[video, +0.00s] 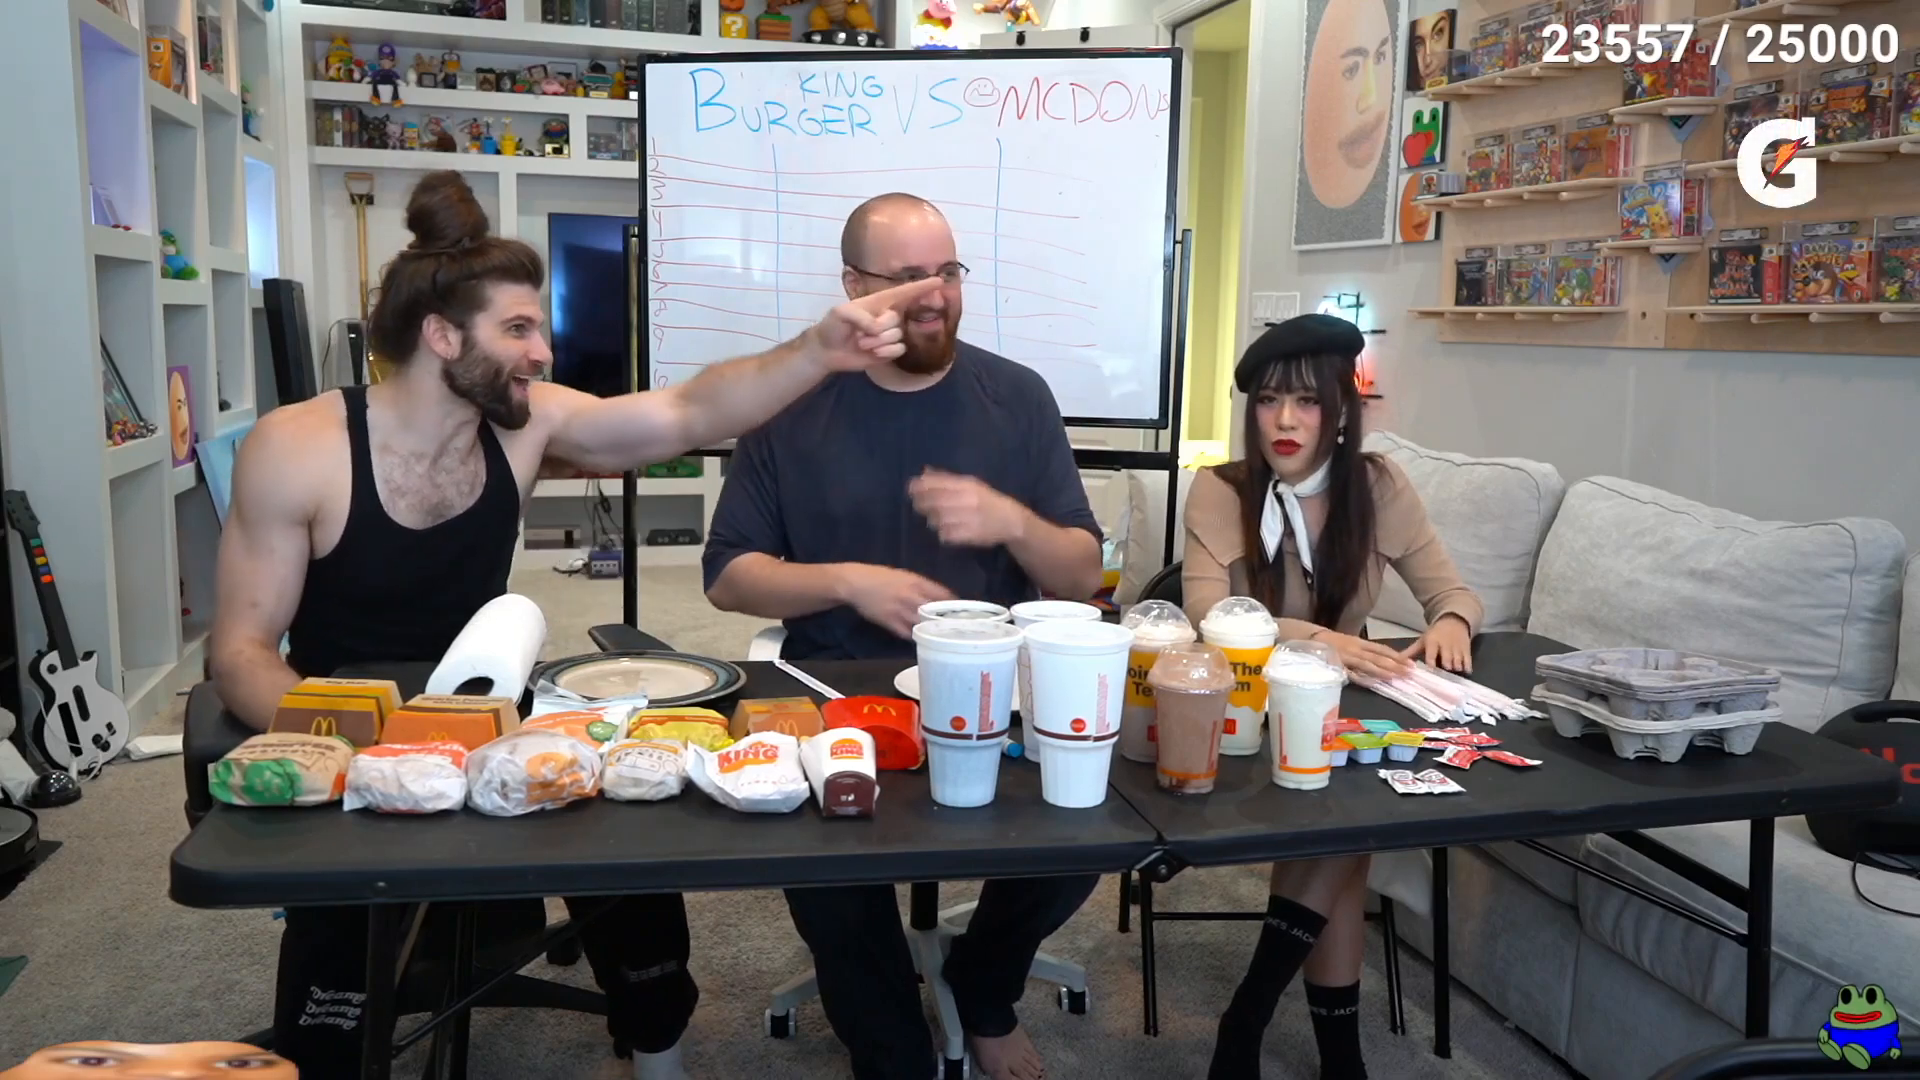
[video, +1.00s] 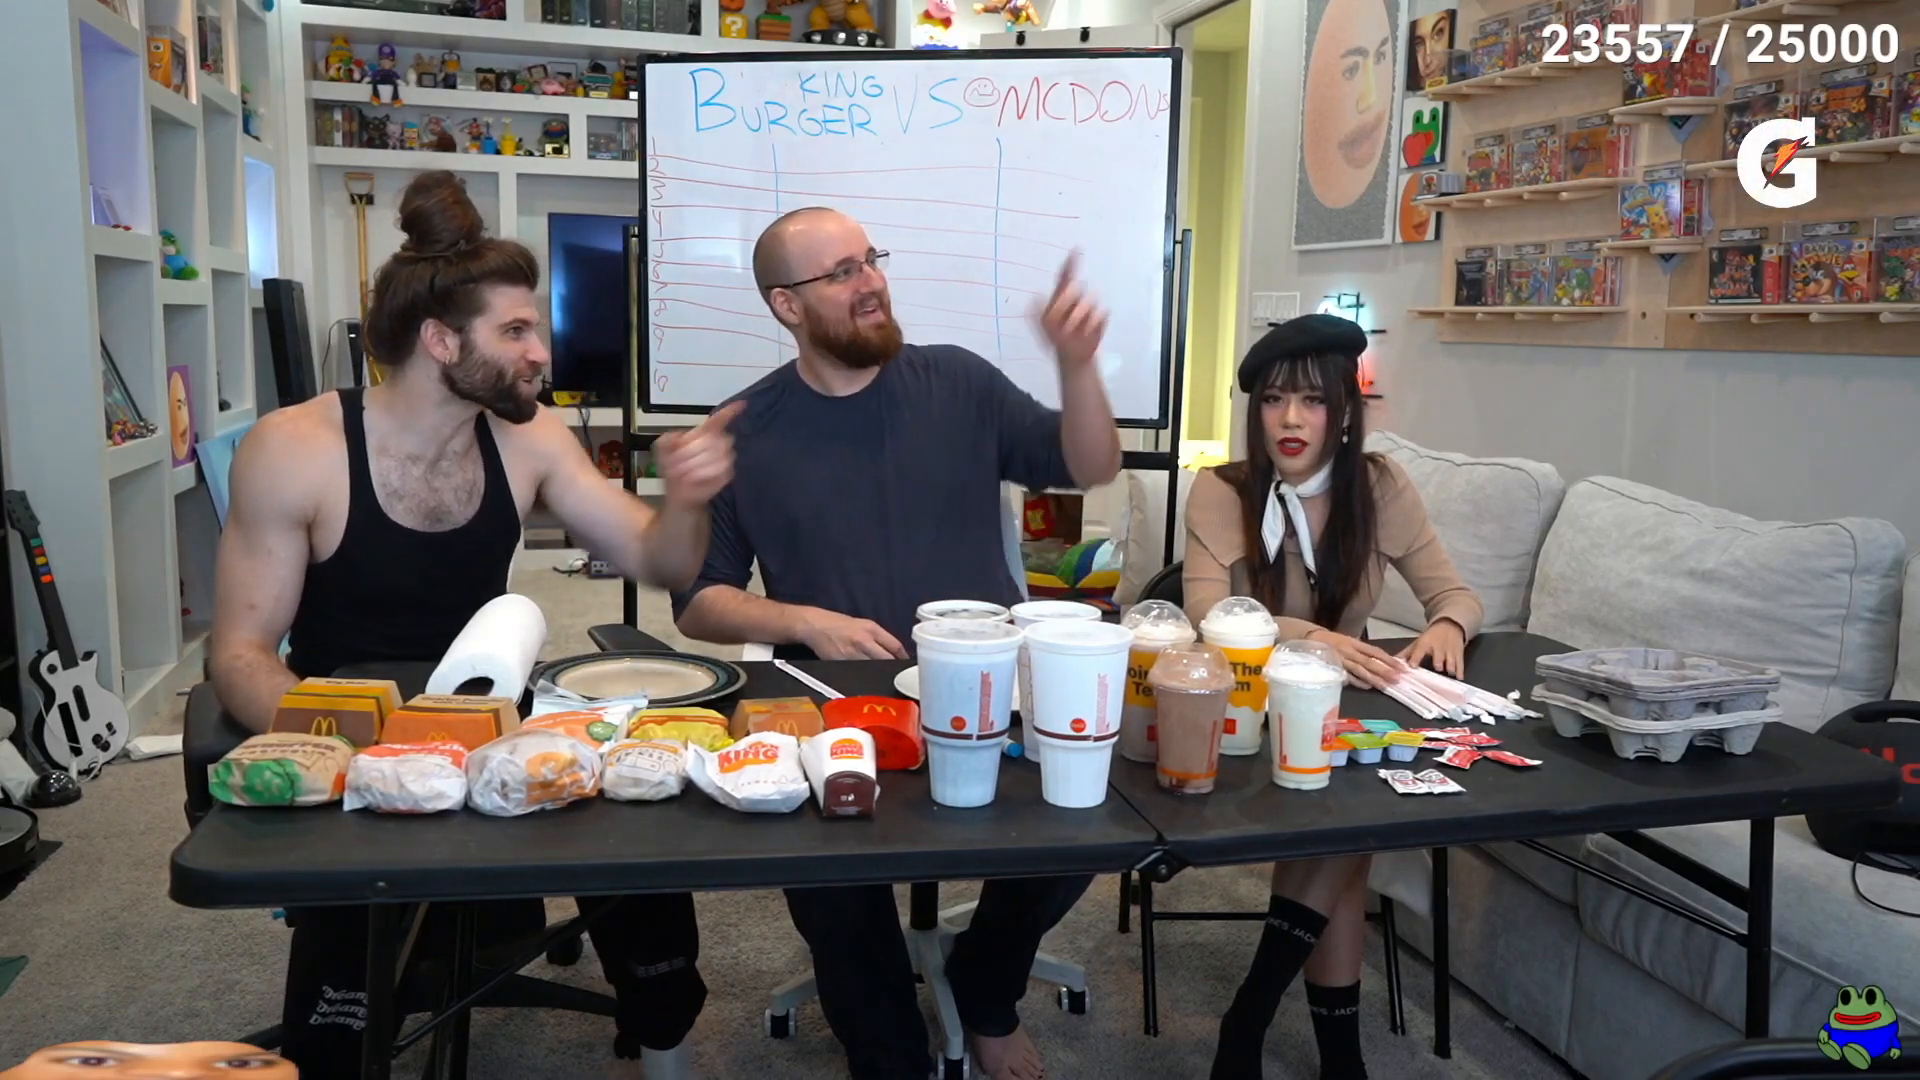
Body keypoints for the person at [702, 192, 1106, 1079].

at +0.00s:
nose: (935, 294)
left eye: (947, 272)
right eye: (908, 277)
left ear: (964, 276)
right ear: (853, 289)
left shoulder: (1015, 395)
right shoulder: (790, 408)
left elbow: (1083, 575)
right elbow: (727, 575)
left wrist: (1014, 522)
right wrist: (848, 580)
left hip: (998, 681)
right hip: (839, 688)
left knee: (1077, 834)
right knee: (823, 857)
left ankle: (980, 988)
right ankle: (899, 1061)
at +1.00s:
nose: (873, 282)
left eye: (872, 261)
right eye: (843, 273)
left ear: (884, 267)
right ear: (786, 306)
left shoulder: (958, 380)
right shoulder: (741, 432)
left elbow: (1092, 464)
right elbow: (698, 602)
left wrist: (1078, 367)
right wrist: (805, 623)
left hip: (982, 689)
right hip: (833, 702)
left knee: (1071, 826)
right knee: (820, 861)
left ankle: (982, 991)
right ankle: (895, 1062)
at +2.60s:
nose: (787, 392)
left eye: (810, 363)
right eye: (762, 367)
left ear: (860, 336)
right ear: (739, 347)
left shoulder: (970, 393)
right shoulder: (732, 393)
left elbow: (1098, 436)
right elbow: (759, 481)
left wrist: (1083, 609)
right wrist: (787, 587)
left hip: (952, 677)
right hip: (812, 665)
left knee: (875, 839)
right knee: (757, 825)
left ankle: (900, 1046)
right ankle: (836, 1022)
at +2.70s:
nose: (772, 418)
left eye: (794, 389)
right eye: (745, 395)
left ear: (846, 343)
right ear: (720, 365)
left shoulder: (967, 381)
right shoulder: (719, 391)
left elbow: (1092, 431)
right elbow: (762, 484)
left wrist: (1089, 591)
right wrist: (786, 577)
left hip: (952, 658)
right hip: (811, 652)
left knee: (881, 833)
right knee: (761, 818)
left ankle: (902, 1045)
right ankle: (838, 1021)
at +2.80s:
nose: (763, 410)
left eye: (784, 380)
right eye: (736, 388)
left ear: (836, 325)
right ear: (709, 353)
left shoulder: (971, 361)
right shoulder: (709, 376)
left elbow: (1089, 429)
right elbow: (756, 473)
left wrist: (1089, 579)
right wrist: (782, 565)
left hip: (956, 642)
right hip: (809, 636)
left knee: (889, 833)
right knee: (771, 819)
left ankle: (901, 1044)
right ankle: (837, 1021)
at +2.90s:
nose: (750, 377)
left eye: (770, 349)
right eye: (724, 356)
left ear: (826, 293)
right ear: (697, 321)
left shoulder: (969, 331)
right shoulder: (703, 349)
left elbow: (1085, 419)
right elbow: (748, 460)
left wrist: (1099, 566)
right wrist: (791, 558)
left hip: (949, 626)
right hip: (808, 615)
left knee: (890, 831)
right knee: (779, 815)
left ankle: (901, 1043)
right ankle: (835, 1021)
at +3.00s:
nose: (724, 330)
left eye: (741, 301)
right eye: (703, 305)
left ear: (808, 249)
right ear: (681, 266)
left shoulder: (968, 289)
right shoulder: (706, 311)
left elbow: (1082, 398)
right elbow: (741, 427)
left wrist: (1099, 554)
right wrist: (783, 542)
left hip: (944, 581)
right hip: (807, 577)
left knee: (882, 811)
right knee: (772, 796)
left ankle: (900, 1040)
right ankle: (834, 1019)